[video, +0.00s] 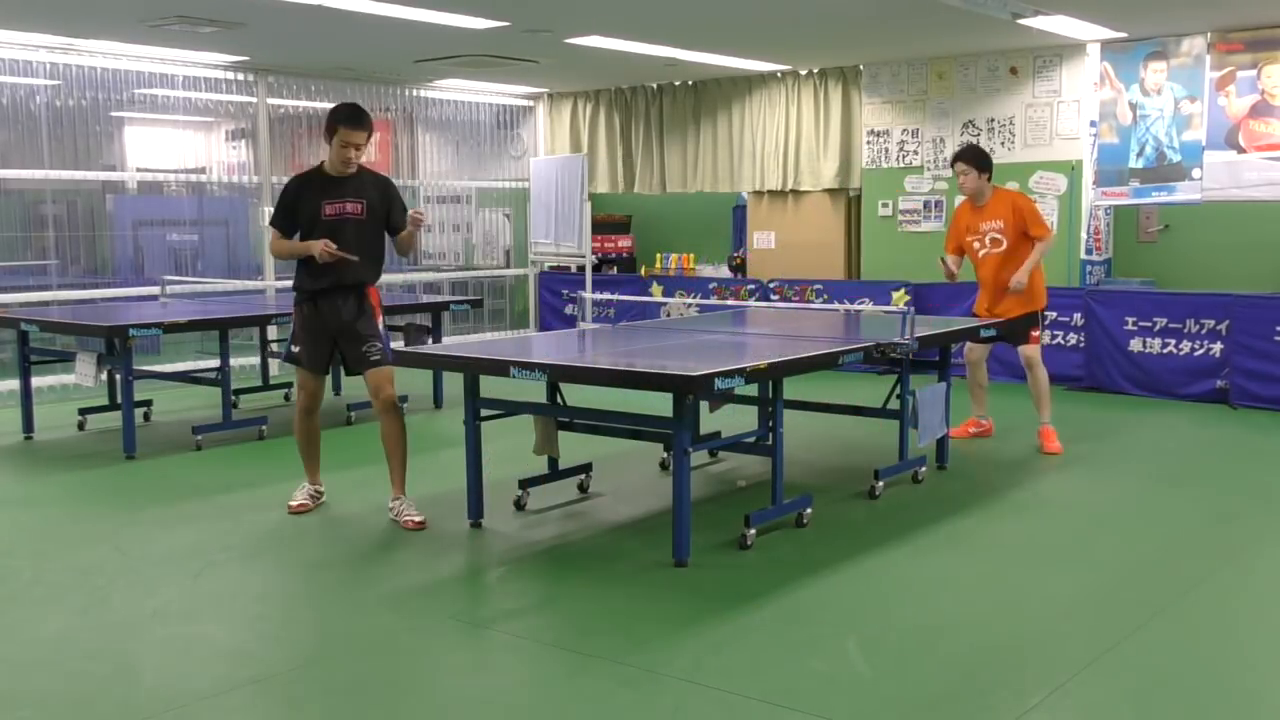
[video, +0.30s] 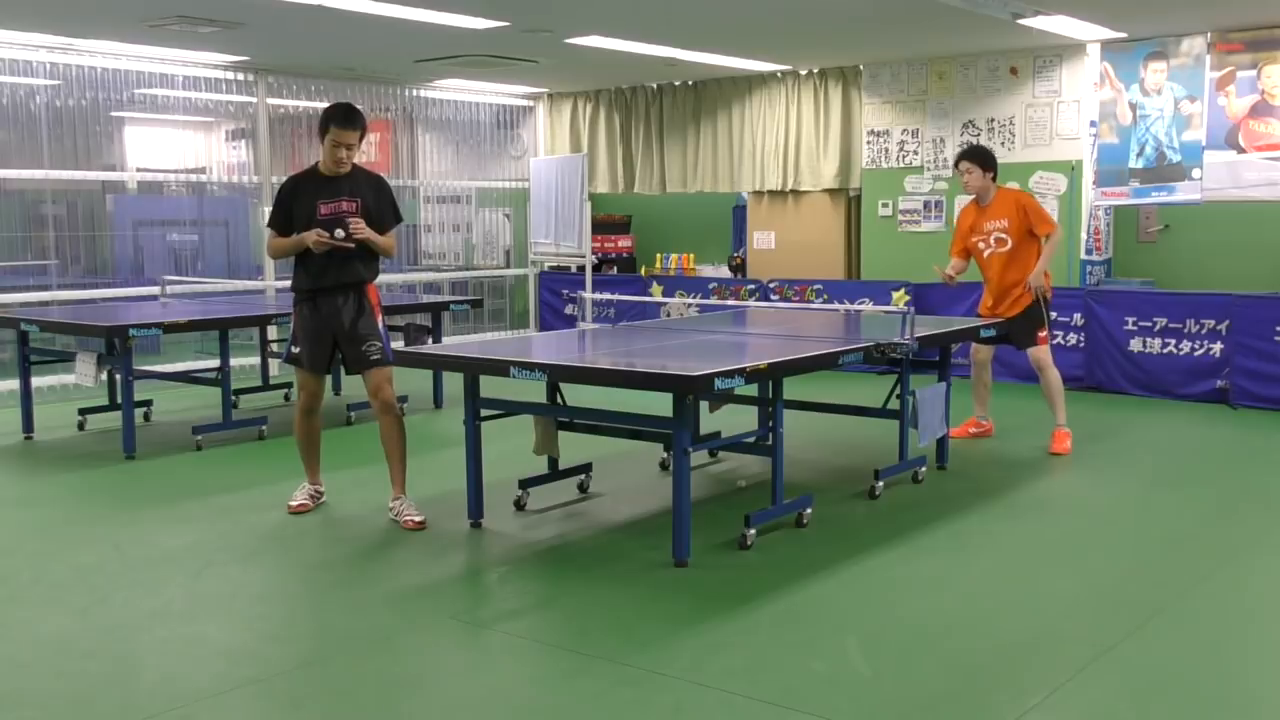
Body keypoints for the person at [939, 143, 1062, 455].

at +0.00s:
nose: (959, 180)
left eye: (965, 173)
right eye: (957, 175)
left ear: (984, 174)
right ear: (958, 178)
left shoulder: (1016, 202)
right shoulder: (962, 213)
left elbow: (1045, 237)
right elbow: (954, 255)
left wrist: (1025, 271)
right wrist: (950, 269)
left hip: (1024, 298)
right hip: (988, 299)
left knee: (1030, 357)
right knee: (973, 355)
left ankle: (1046, 426)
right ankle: (980, 420)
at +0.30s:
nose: (963, 179)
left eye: (968, 172)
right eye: (961, 174)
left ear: (988, 173)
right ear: (963, 178)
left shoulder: (1020, 200)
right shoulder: (967, 215)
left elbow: (1054, 232)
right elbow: (961, 256)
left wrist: (1040, 269)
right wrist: (951, 272)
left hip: (1028, 293)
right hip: (993, 298)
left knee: (1039, 357)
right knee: (979, 355)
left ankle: (1061, 427)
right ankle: (981, 421)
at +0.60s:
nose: (995, 176)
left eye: (1002, 170)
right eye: (993, 170)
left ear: (1021, 173)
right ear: (993, 174)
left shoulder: (1047, 207)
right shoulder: (991, 211)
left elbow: (1070, 248)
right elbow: (988, 252)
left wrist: (1038, 271)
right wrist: (972, 275)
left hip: (1048, 302)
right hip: (1013, 302)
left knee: (1050, 361)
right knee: (996, 357)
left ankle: (1062, 429)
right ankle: (984, 420)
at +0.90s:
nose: (1006, 183)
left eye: (1012, 178)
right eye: (1003, 178)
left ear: (1030, 179)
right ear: (1000, 179)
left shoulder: (1053, 212)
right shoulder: (991, 213)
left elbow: (1068, 257)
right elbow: (966, 250)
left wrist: (1033, 271)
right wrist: (966, 282)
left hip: (1047, 306)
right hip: (1008, 305)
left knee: (1049, 361)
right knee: (988, 356)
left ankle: (1062, 429)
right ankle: (981, 418)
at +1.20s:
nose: (1000, 190)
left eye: (1006, 183)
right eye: (996, 184)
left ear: (1022, 183)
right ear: (992, 183)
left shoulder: (1044, 216)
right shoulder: (984, 215)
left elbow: (1054, 264)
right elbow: (944, 250)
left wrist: (1017, 272)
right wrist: (958, 279)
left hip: (1038, 308)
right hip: (997, 307)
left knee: (1046, 361)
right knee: (975, 356)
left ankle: (1061, 429)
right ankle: (981, 418)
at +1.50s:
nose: (989, 194)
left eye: (995, 188)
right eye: (986, 188)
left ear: (1014, 187)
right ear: (984, 188)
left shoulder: (1039, 218)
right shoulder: (980, 221)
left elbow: (1055, 266)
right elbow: (954, 256)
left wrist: (1019, 277)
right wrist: (931, 271)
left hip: (1042, 307)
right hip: (1003, 306)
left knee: (1047, 361)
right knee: (980, 356)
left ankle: (1062, 429)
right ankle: (981, 419)